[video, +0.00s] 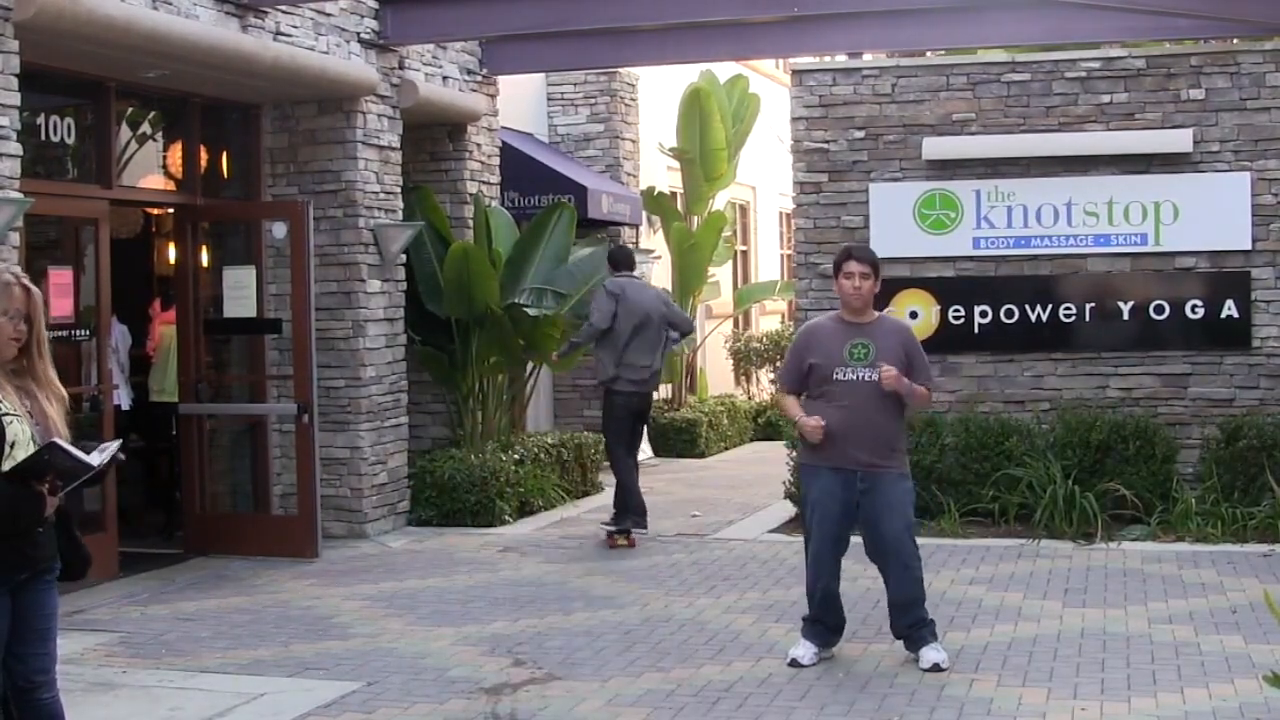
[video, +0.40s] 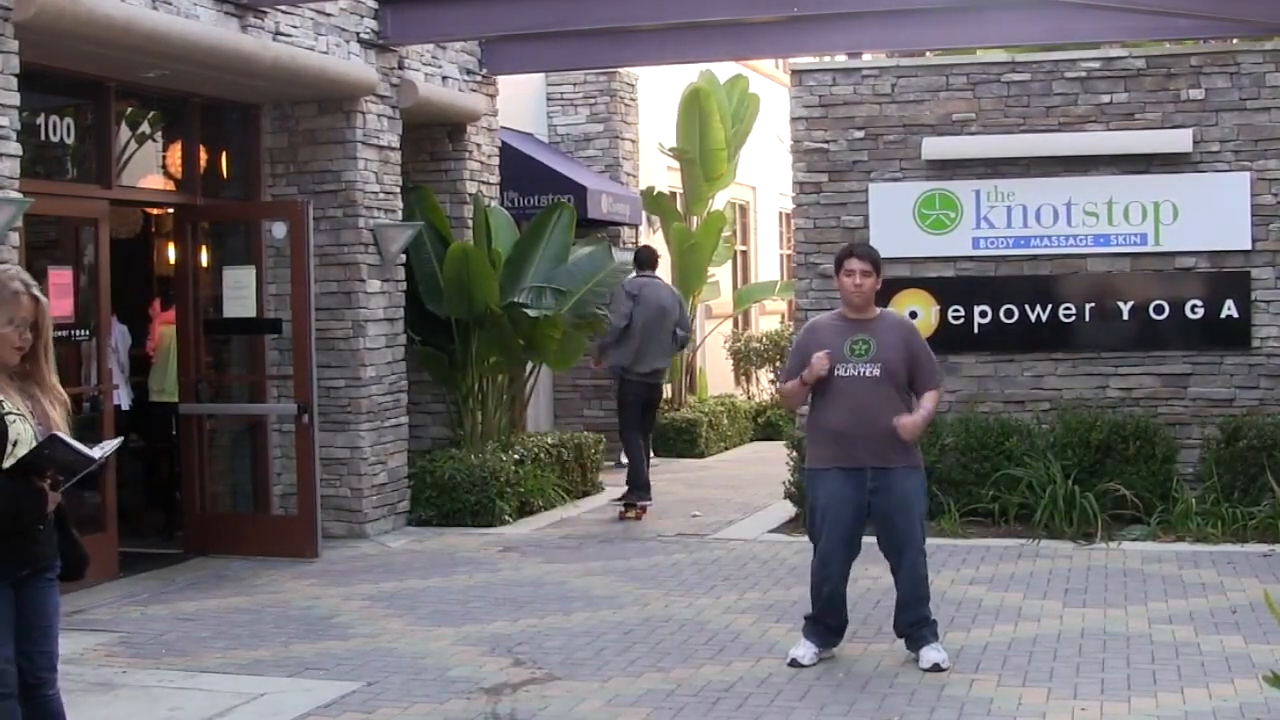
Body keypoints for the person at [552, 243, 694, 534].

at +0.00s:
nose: (608, 269)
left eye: (608, 265)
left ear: (610, 267)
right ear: (634, 266)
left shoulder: (610, 289)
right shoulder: (655, 294)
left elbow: (599, 324)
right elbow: (687, 326)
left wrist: (566, 350)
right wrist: (661, 342)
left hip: (618, 386)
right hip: (645, 388)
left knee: (618, 452)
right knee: (628, 454)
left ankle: (634, 517)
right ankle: (622, 517)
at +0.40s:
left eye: (635, 263)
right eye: (650, 262)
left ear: (634, 264)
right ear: (657, 265)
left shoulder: (628, 287)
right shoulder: (671, 293)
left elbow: (618, 322)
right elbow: (684, 334)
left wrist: (599, 349)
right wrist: (664, 349)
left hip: (630, 373)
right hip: (656, 375)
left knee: (630, 432)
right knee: (644, 435)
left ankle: (640, 493)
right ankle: (635, 490)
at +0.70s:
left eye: (669, 264)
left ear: (666, 267)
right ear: (685, 272)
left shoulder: (654, 290)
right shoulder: (693, 297)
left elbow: (643, 325)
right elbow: (699, 333)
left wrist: (633, 351)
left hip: (653, 369)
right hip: (677, 372)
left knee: (650, 424)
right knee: (664, 425)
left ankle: (656, 479)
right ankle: (657, 476)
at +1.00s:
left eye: (699, 266)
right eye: (709, 268)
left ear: (695, 268)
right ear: (714, 271)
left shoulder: (685, 291)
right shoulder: (721, 297)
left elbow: (673, 323)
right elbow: (725, 333)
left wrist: (664, 348)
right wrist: (709, 344)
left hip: (684, 363)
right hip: (706, 366)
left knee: (682, 414)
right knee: (696, 415)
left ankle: (688, 465)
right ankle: (689, 463)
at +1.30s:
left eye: (730, 268)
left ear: (728, 270)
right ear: (746, 271)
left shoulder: (720, 293)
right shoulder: (756, 296)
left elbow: (708, 325)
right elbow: (763, 330)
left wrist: (697, 350)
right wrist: (750, 342)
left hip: (723, 357)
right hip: (745, 358)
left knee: (717, 407)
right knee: (731, 409)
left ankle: (721, 457)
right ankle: (722, 456)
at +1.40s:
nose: (743, 275)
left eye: (741, 271)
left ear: (741, 272)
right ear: (759, 274)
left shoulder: (735, 294)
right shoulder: (769, 297)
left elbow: (719, 324)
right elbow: (778, 330)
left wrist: (711, 349)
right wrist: (764, 343)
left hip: (736, 361)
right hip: (755, 363)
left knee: (730, 407)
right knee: (745, 409)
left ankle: (733, 453)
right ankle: (736, 452)